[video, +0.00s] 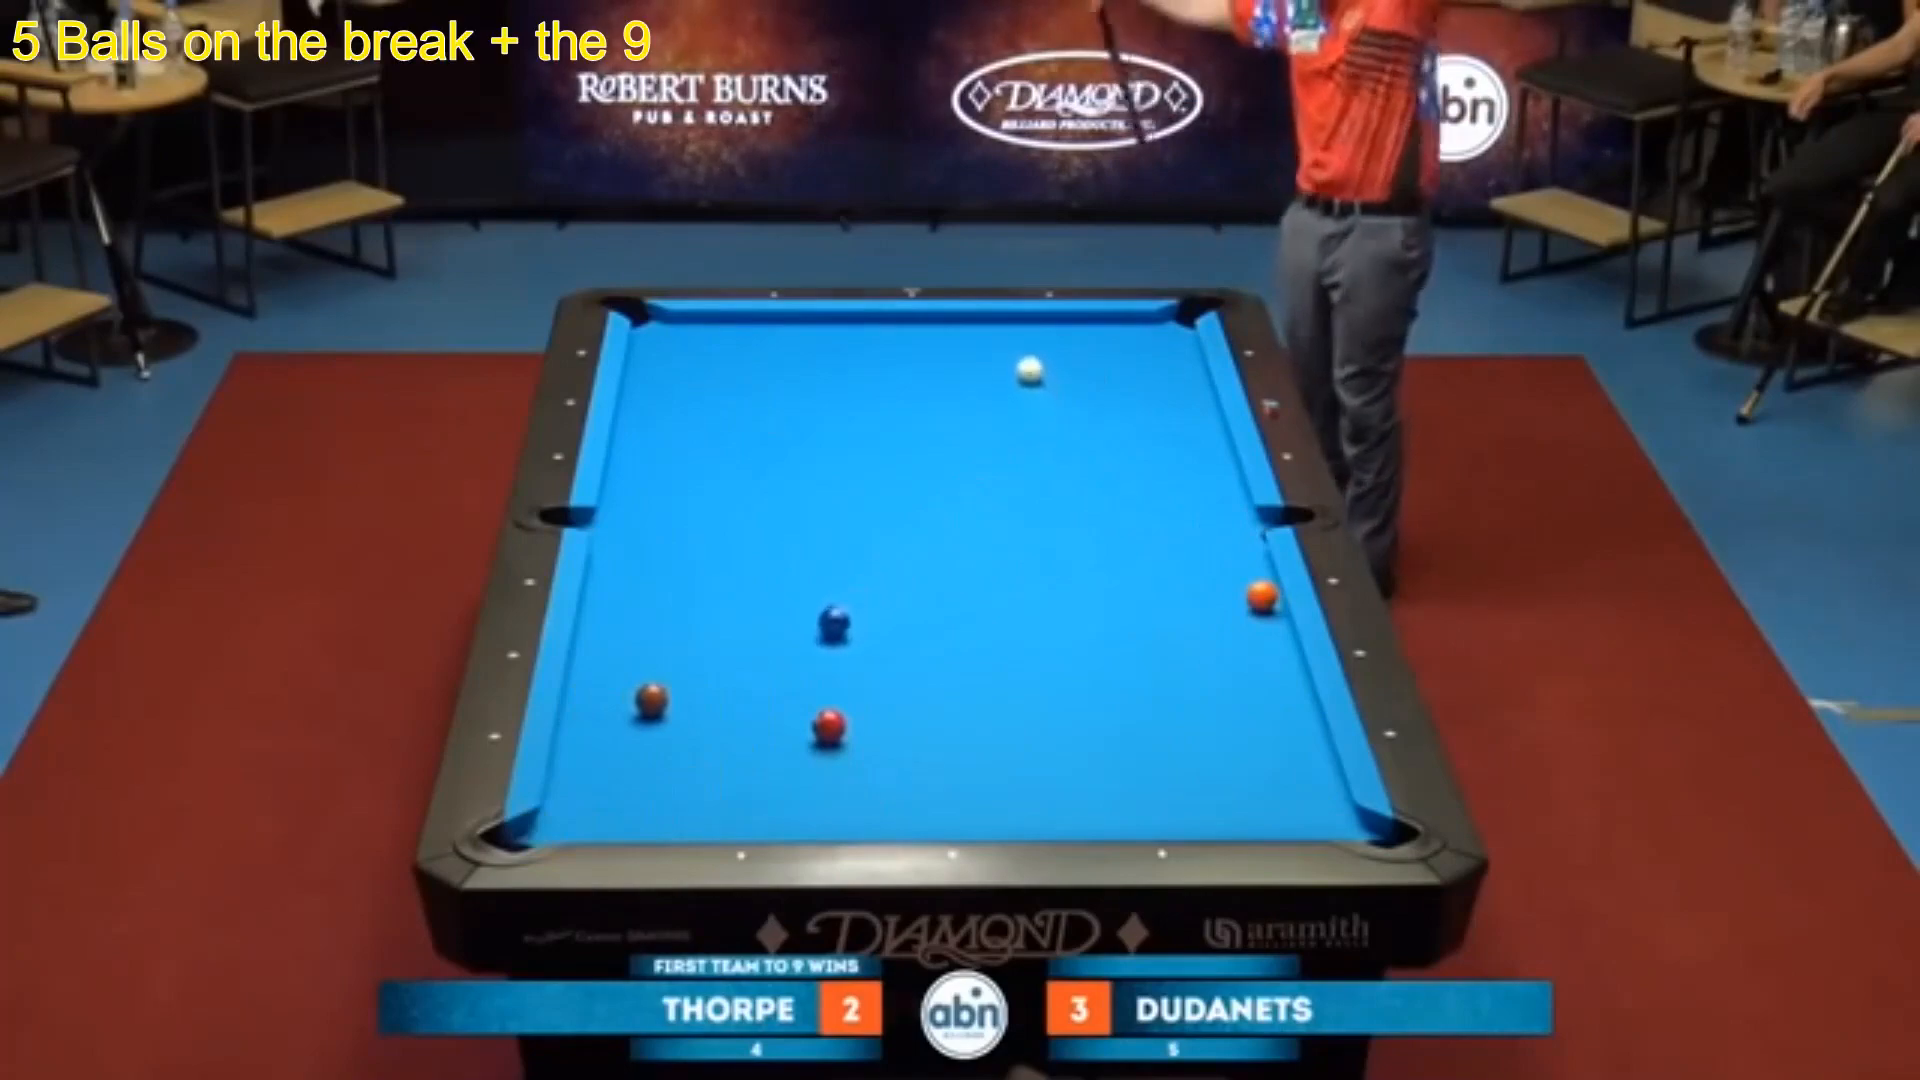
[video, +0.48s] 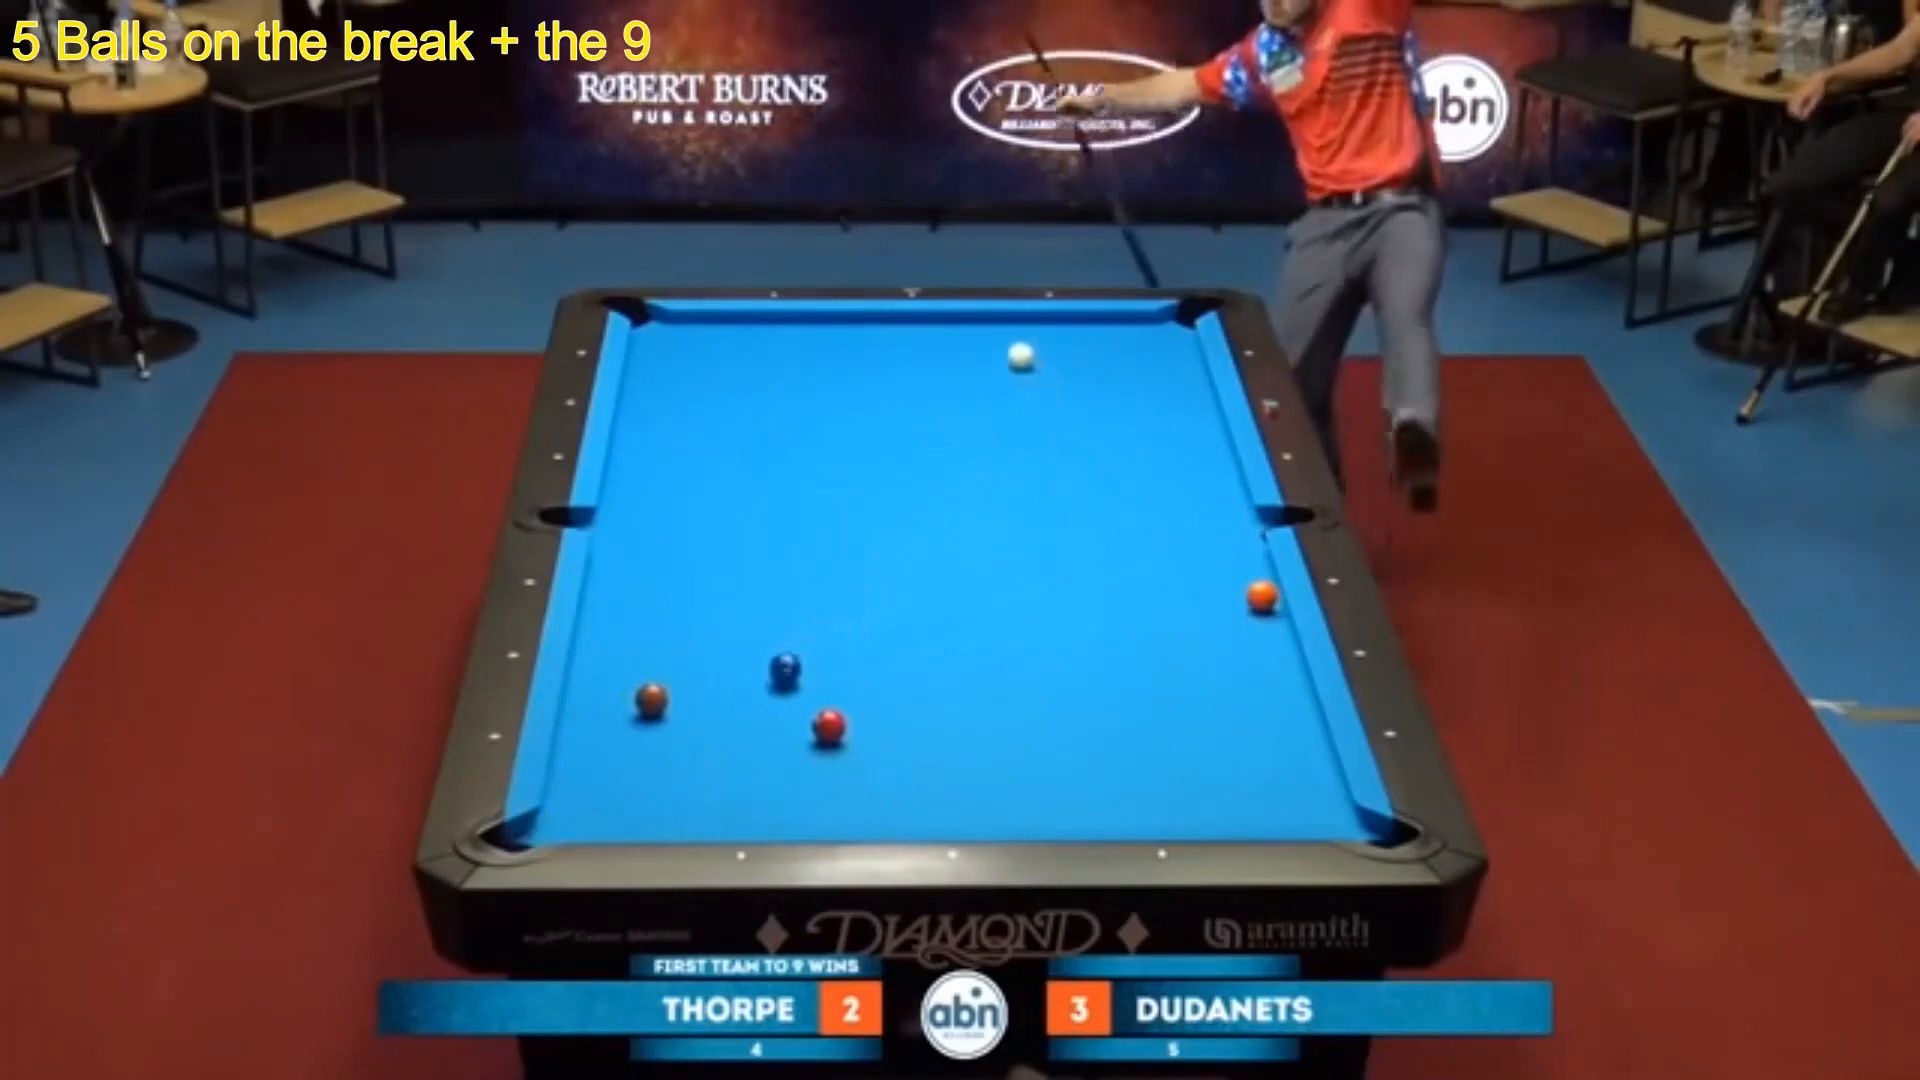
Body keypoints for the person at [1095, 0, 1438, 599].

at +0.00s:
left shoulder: (1405, 7)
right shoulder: (1291, 13)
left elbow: (1519, 4)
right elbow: (1194, 11)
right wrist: (1127, 1)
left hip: (1382, 232)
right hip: (1308, 223)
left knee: (1364, 403)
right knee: (1307, 396)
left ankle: (1367, 568)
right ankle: (1312, 551)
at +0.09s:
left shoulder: (1395, 7)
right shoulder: (1280, 18)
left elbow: (1512, 6)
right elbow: (1194, 29)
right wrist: (1113, 24)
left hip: (1393, 227)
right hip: (1314, 224)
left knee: (1365, 400)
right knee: (1306, 394)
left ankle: (1371, 568)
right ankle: (1315, 552)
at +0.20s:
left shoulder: (1390, 8)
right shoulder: (1277, 25)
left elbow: (1509, 7)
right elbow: (1196, 45)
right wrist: (1116, 50)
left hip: (1398, 224)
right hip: (1317, 224)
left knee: (1376, 389)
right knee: (1298, 389)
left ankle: (1376, 558)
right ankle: (1317, 539)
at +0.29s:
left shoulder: (1379, 10)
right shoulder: (1267, 41)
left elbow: (1488, 9)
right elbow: (1192, 65)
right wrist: (1116, 74)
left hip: (1402, 220)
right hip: (1322, 225)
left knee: (1390, 374)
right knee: (1293, 379)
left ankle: (1392, 539)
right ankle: (1310, 531)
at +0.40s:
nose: (1280, 5)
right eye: (1272, 1)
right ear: (1264, 2)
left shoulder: (1373, 12)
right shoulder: (1261, 49)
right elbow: (1182, 74)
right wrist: (1100, 87)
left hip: (1403, 214)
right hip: (1324, 222)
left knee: (1402, 336)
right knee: (1294, 371)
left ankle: (1407, 496)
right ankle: (1315, 512)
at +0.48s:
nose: (1272, 5)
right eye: (1264, 1)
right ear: (1258, 4)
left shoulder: (1369, 12)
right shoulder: (1258, 53)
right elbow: (1180, 85)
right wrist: (1098, 98)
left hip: (1403, 206)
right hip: (1326, 222)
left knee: (1405, 309)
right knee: (1293, 368)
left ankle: (1415, 448)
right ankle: (1315, 511)